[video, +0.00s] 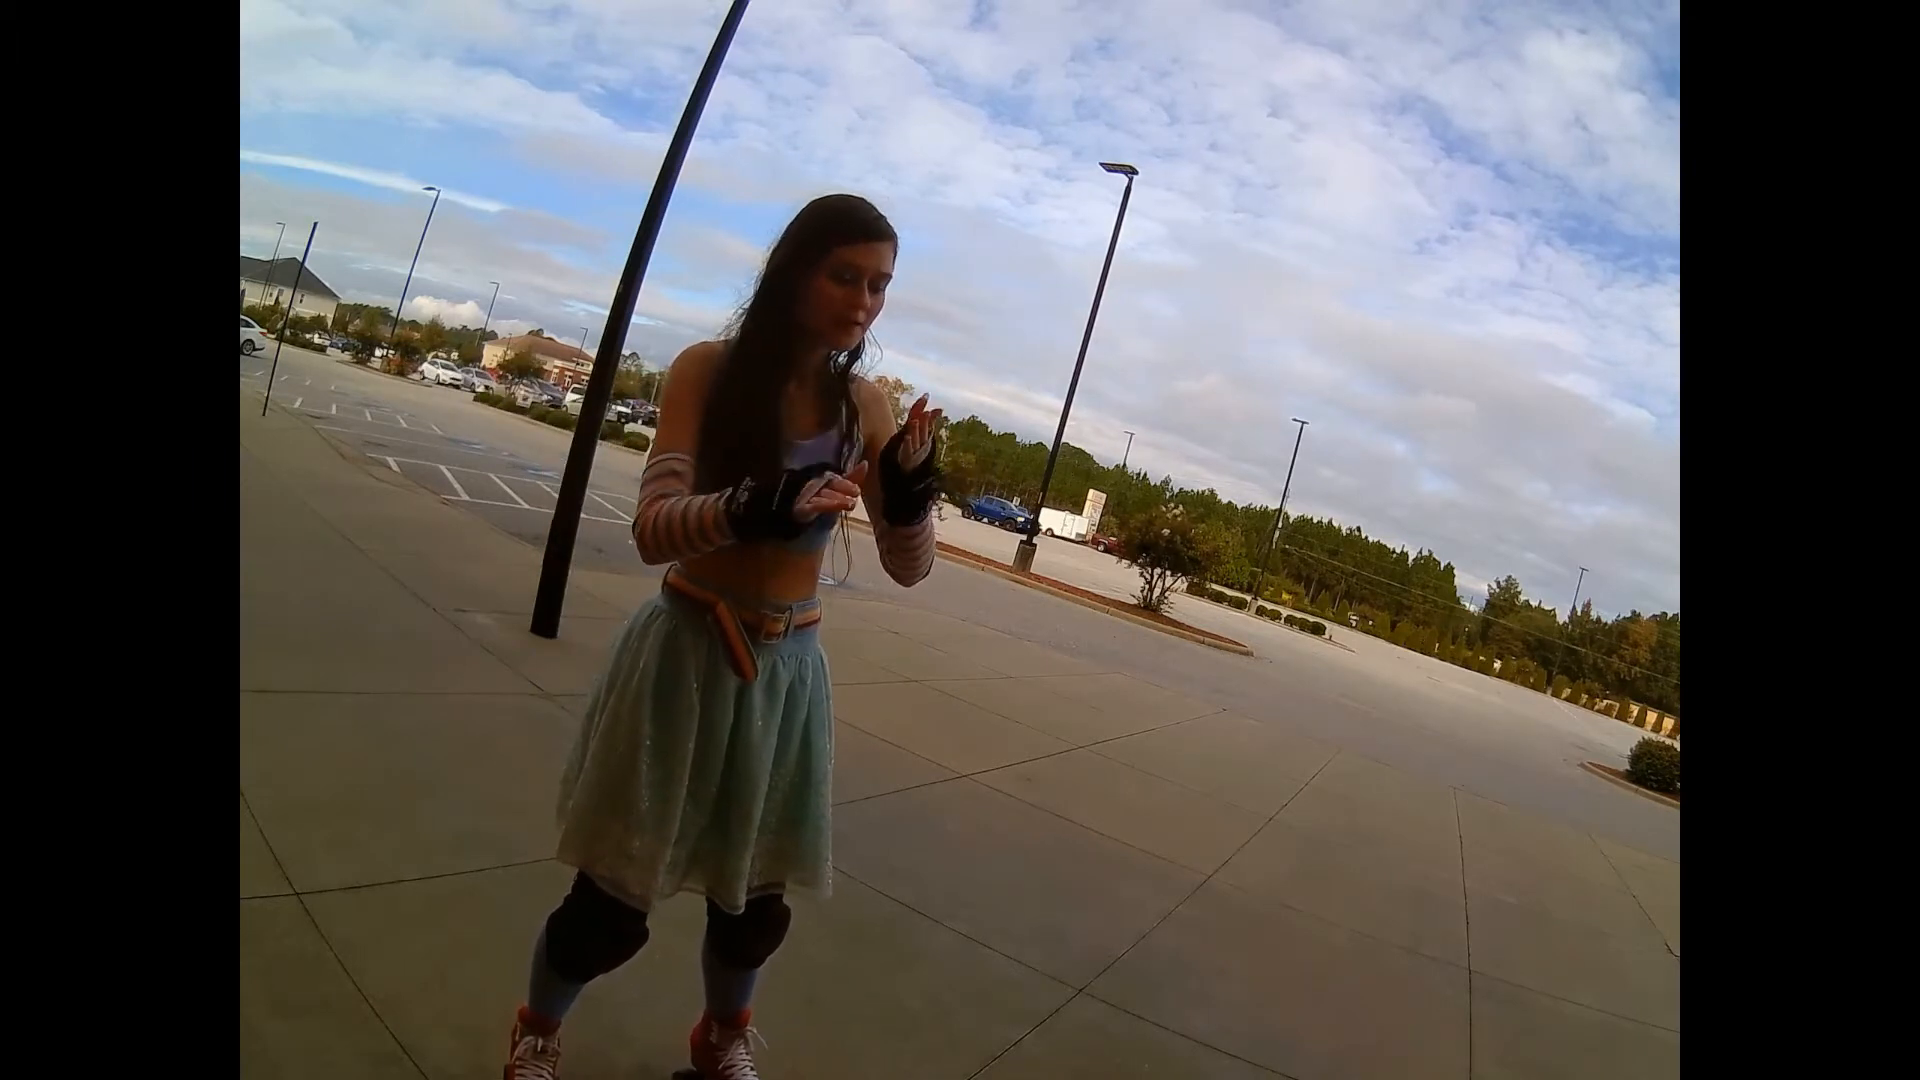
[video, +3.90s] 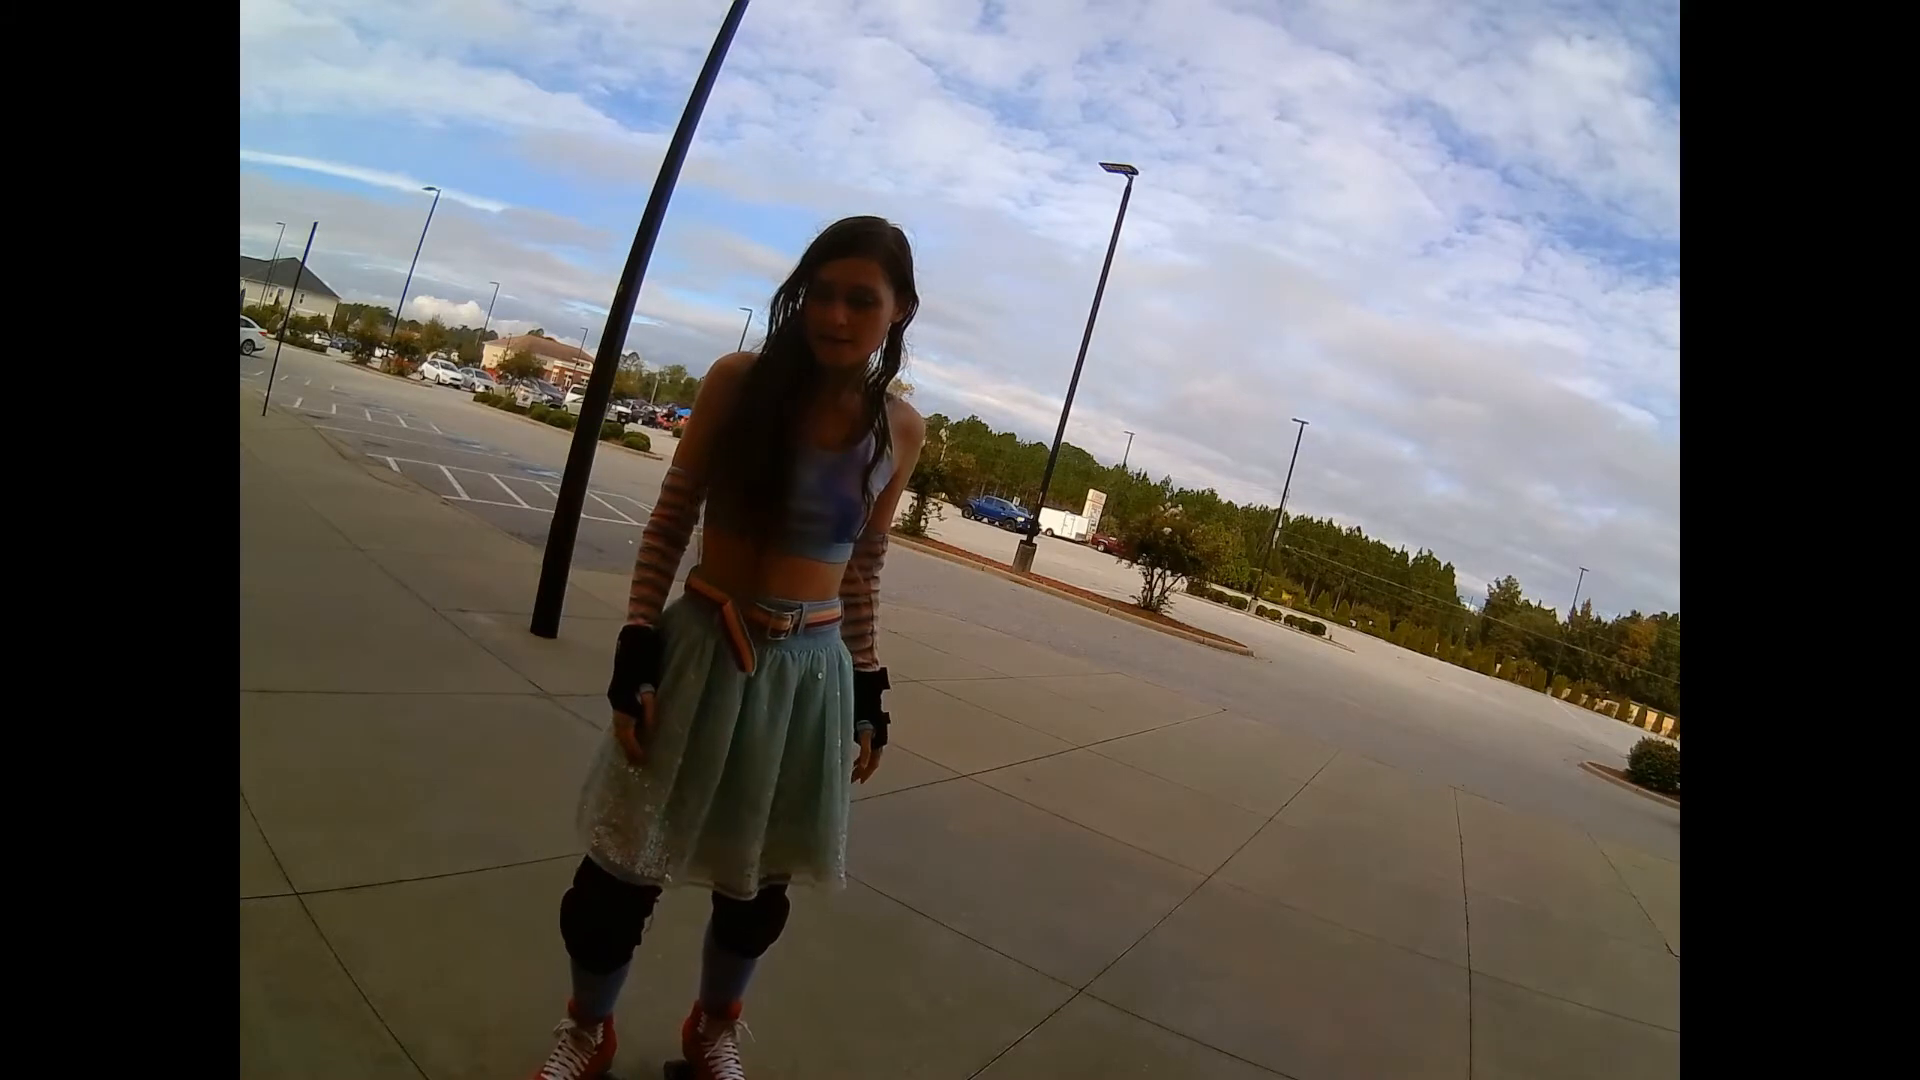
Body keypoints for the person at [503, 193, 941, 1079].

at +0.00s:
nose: (866, 302)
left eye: (880, 286)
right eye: (848, 279)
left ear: (886, 295)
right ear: (794, 274)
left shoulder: (871, 406)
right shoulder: (707, 372)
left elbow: (908, 567)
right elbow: (654, 525)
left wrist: (910, 482)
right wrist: (765, 508)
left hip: (789, 669)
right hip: (686, 651)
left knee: (757, 904)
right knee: (614, 905)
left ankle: (722, 1037)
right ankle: (536, 1034)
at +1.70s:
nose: (828, 288)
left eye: (850, 272)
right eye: (810, 266)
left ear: (871, 290)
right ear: (774, 270)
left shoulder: (862, 410)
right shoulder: (699, 373)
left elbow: (878, 578)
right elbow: (604, 503)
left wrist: (895, 483)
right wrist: (655, 547)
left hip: (776, 668)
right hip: (671, 650)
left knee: (747, 901)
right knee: (602, 895)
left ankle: (714, 1037)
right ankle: (535, 1037)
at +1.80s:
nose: (816, 286)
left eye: (839, 269)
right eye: (798, 264)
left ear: (863, 288)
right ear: (764, 272)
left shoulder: (865, 411)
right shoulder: (695, 373)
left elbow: (845, 544)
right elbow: (605, 496)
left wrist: (874, 609)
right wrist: (620, 570)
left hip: (773, 672)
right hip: (666, 656)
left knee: (746, 905)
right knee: (599, 896)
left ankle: (714, 1035)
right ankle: (535, 1033)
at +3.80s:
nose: (838, 316)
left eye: (862, 300)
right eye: (823, 293)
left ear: (897, 315)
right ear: (799, 297)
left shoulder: (902, 426)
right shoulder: (739, 382)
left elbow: (868, 568)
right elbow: (671, 521)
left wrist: (872, 683)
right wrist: (637, 640)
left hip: (811, 677)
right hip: (702, 652)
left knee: (760, 887)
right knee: (619, 868)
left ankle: (716, 1032)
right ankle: (579, 1034)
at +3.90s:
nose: (838, 316)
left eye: (862, 300)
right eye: (823, 293)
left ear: (897, 316)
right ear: (799, 298)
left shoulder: (898, 427)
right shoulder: (737, 383)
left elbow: (864, 572)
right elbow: (670, 522)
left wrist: (867, 688)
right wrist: (637, 644)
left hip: (809, 679)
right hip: (699, 654)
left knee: (758, 886)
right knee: (619, 872)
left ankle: (715, 1032)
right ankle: (586, 1035)